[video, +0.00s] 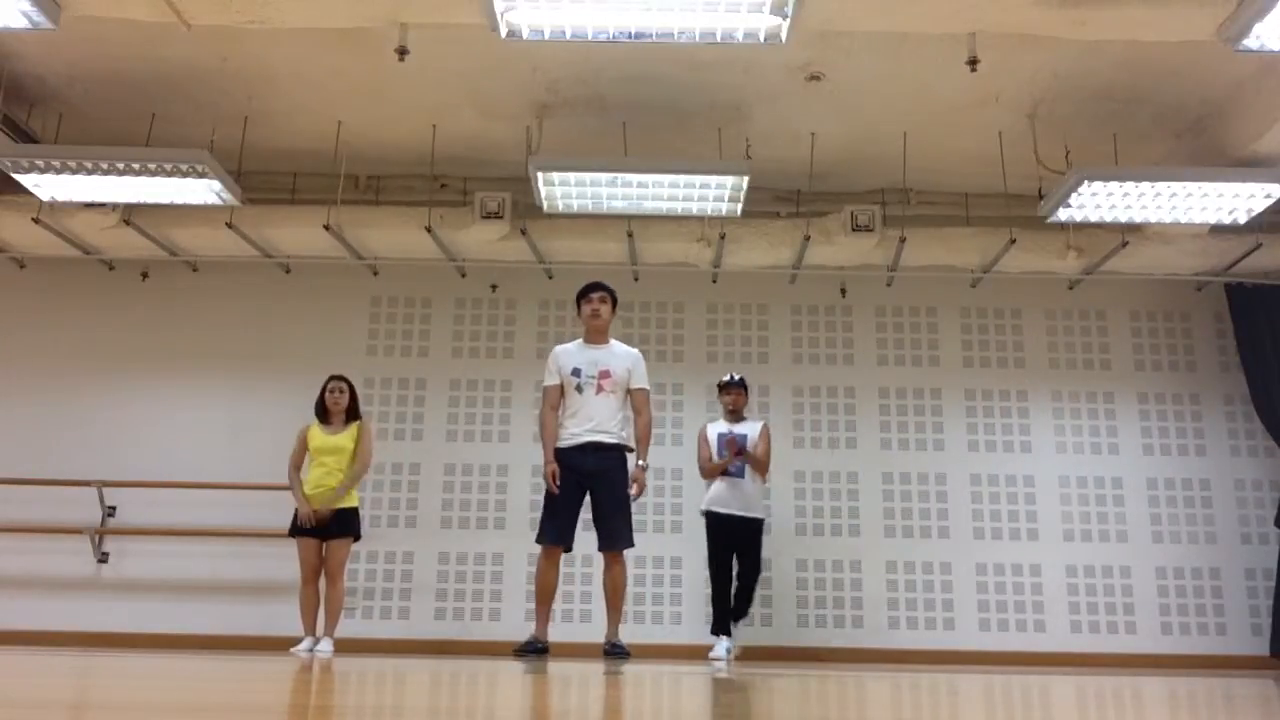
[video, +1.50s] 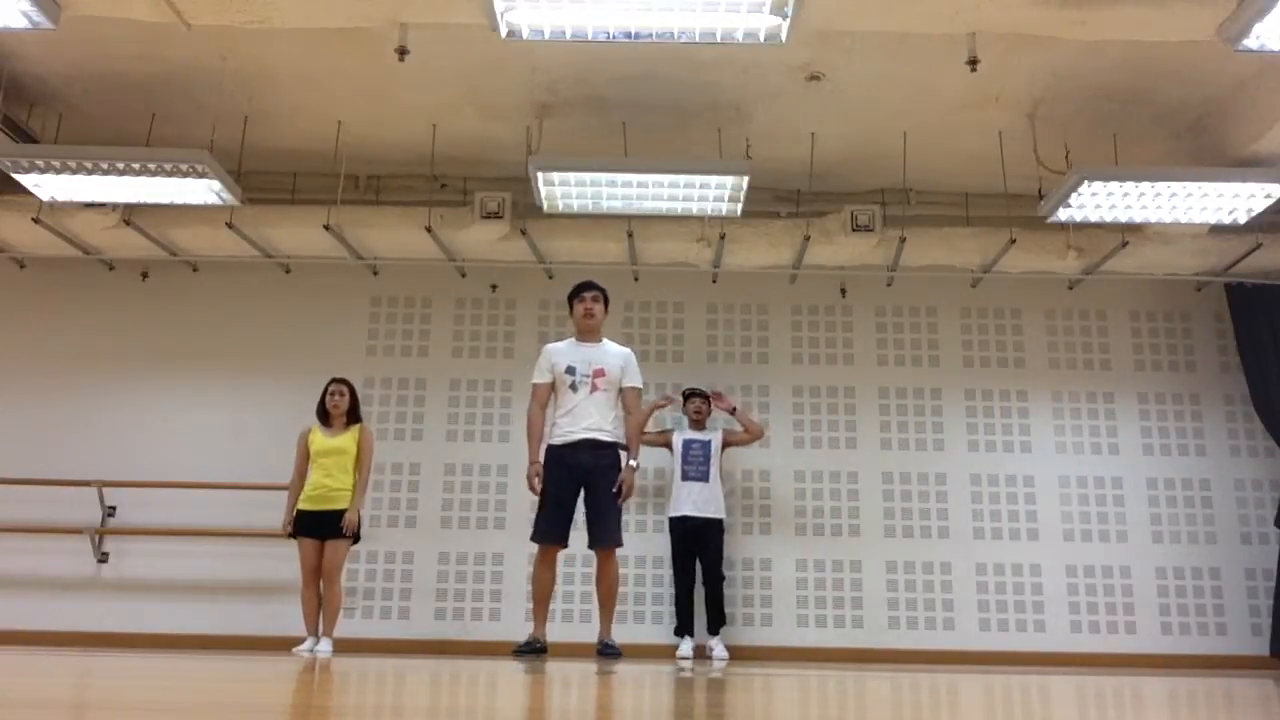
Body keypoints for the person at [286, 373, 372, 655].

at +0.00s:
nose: (336, 396)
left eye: (341, 392)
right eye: (331, 391)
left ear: (350, 397)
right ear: (323, 397)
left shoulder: (361, 428)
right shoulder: (309, 431)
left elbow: (362, 467)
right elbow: (293, 469)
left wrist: (332, 500)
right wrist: (301, 502)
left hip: (341, 509)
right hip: (309, 508)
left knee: (334, 575)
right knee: (309, 575)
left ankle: (328, 637)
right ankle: (309, 636)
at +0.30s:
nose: (337, 396)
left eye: (342, 392)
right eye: (332, 392)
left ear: (351, 398)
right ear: (324, 397)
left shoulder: (362, 430)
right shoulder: (310, 433)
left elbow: (374, 470)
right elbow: (301, 475)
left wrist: (365, 503)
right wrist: (290, 509)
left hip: (343, 508)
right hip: (309, 508)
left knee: (335, 577)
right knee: (310, 577)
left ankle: (328, 637)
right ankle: (310, 636)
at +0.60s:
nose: (338, 398)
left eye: (343, 394)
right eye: (334, 394)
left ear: (353, 399)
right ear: (326, 398)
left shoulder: (363, 431)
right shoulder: (311, 433)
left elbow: (370, 473)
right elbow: (298, 475)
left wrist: (374, 509)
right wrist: (286, 510)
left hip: (344, 509)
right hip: (310, 509)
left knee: (334, 576)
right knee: (310, 576)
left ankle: (328, 637)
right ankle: (311, 636)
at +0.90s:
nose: (338, 399)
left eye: (343, 395)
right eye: (333, 395)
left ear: (353, 400)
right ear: (326, 400)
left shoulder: (363, 432)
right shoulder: (310, 433)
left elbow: (365, 472)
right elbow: (300, 473)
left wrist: (356, 507)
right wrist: (294, 506)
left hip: (342, 509)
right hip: (310, 508)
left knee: (334, 575)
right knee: (310, 575)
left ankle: (328, 637)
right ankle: (311, 636)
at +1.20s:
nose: (337, 399)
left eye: (342, 395)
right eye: (333, 394)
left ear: (351, 400)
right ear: (325, 399)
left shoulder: (361, 431)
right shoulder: (309, 432)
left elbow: (362, 471)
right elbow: (299, 473)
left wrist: (349, 504)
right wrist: (293, 506)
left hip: (340, 509)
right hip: (309, 508)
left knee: (334, 575)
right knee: (310, 574)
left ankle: (328, 637)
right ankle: (311, 636)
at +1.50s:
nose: (335, 399)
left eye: (341, 395)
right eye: (331, 394)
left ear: (351, 400)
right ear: (324, 399)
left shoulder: (361, 433)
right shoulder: (309, 434)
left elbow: (363, 474)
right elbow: (298, 476)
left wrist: (355, 508)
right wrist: (289, 511)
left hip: (340, 510)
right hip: (308, 508)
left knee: (331, 575)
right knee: (309, 576)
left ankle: (327, 637)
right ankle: (311, 636)